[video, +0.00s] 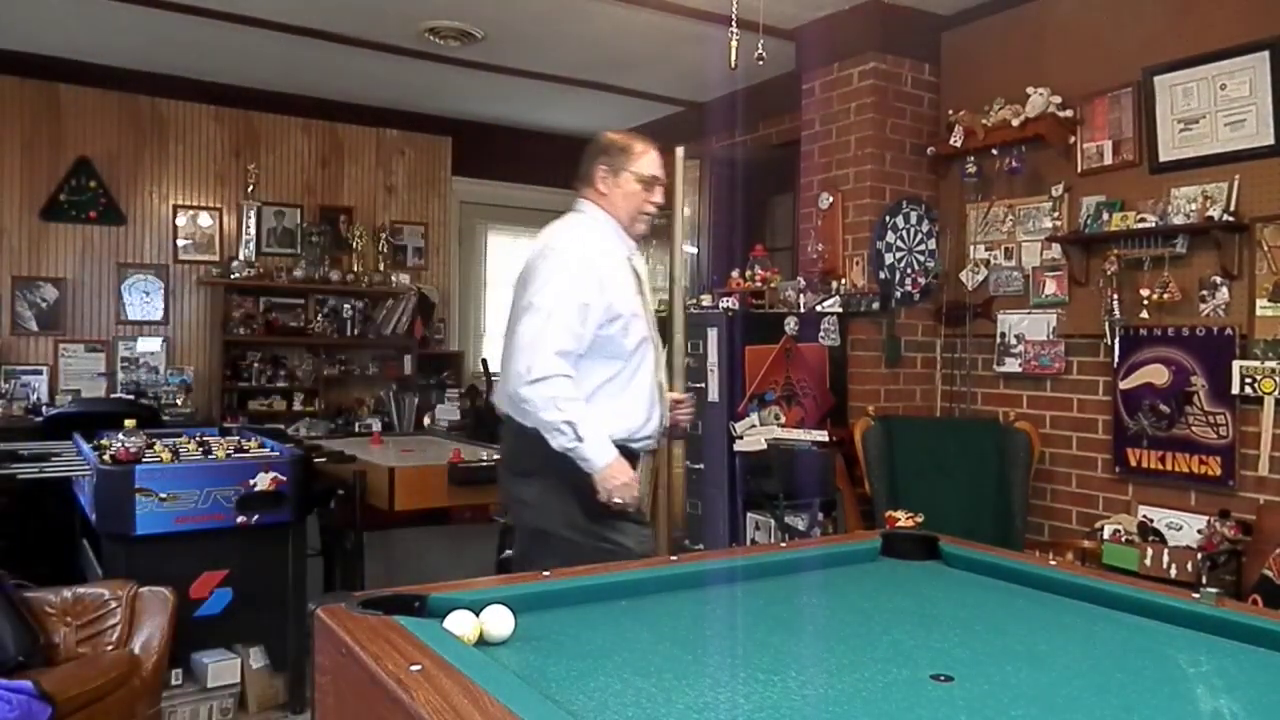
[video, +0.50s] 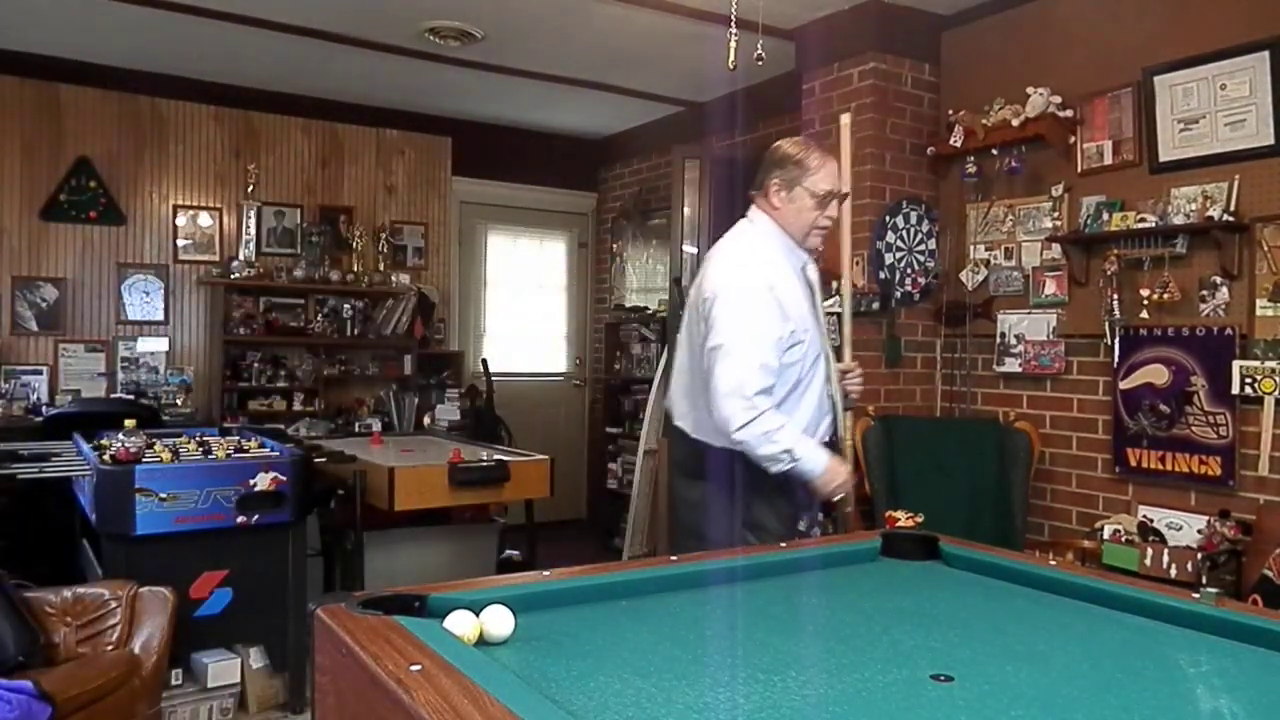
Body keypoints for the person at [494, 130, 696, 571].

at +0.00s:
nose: (659, 199)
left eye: (661, 187)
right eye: (647, 183)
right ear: (604, 180)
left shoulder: (609, 247)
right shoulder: (574, 246)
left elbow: (588, 371)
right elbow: (534, 375)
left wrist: (653, 409)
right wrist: (603, 461)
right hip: (563, 464)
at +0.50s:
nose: (833, 214)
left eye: (838, 200)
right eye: (823, 199)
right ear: (777, 194)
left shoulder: (784, 257)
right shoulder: (746, 266)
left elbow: (774, 367)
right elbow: (740, 407)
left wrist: (829, 380)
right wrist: (817, 464)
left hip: (767, 461)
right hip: (731, 468)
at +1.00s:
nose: (966, 227)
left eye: (977, 218)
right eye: (955, 209)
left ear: (982, 223)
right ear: (913, 201)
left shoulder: (963, 304)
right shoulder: (850, 273)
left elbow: (949, 382)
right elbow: (789, 379)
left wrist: (977, 410)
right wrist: (851, 445)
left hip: (920, 493)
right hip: (835, 488)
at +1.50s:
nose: (1048, 239)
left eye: (1058, 224)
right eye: (1034, 220)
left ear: (1066, 225)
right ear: (994, 208)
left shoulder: (1051, 295)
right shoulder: (929, 281)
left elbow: (1062, 381)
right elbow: (890, 404)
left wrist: (1068, 413)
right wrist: (973, 463)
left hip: (1001, 489)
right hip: (919, 484)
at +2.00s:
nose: (1089, 250)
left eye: (1099, 231)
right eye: (1071, 233)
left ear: (1107, 221)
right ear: (1022, 223)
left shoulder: (1085, 277)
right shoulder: (989, 306)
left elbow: (1099, 363)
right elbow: (1049, 452)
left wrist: (1121, 392)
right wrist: (1156, 544)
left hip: (1045, 501)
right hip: (967, 505)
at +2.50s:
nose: (1062, 188)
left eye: (1079, 172)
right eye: (1046, 176)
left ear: (1111, 178)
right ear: (1030, 188)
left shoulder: (1150, 281)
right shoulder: (984, 271)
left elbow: (1192, 373)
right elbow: (919, 380)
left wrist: (1182, 425)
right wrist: (962, 450)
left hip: (1109, 512)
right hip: (998, 507)